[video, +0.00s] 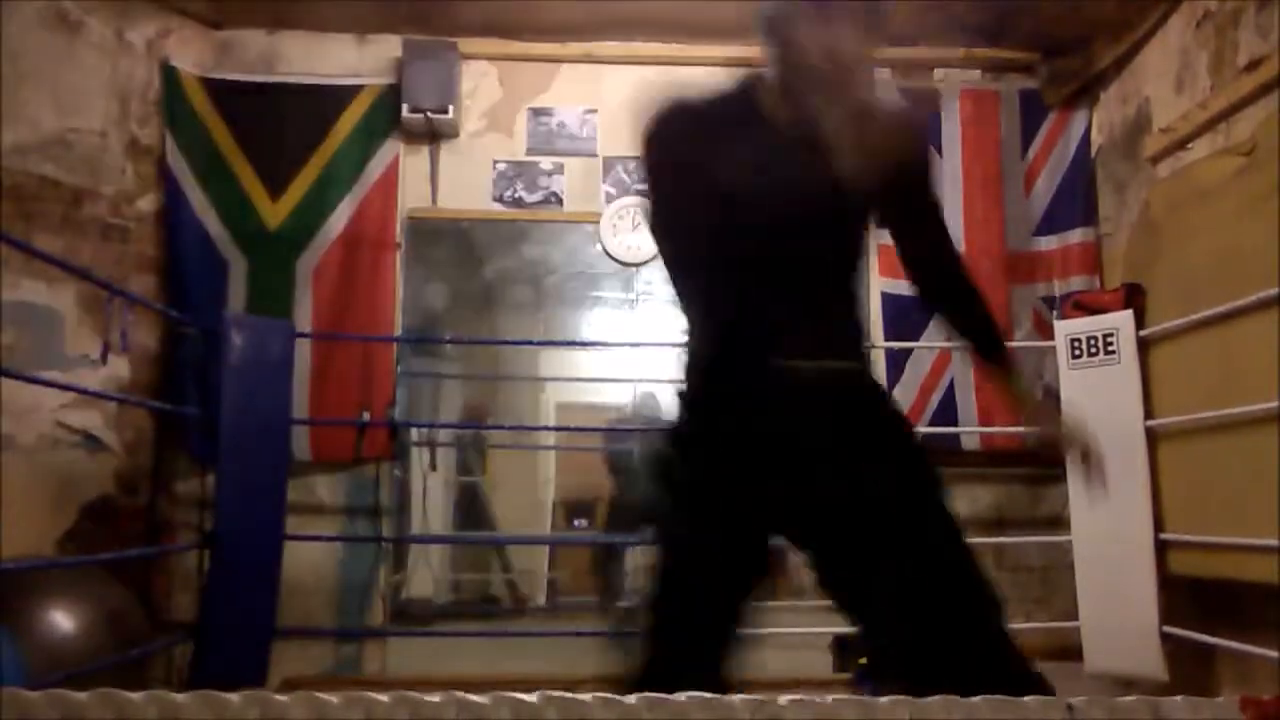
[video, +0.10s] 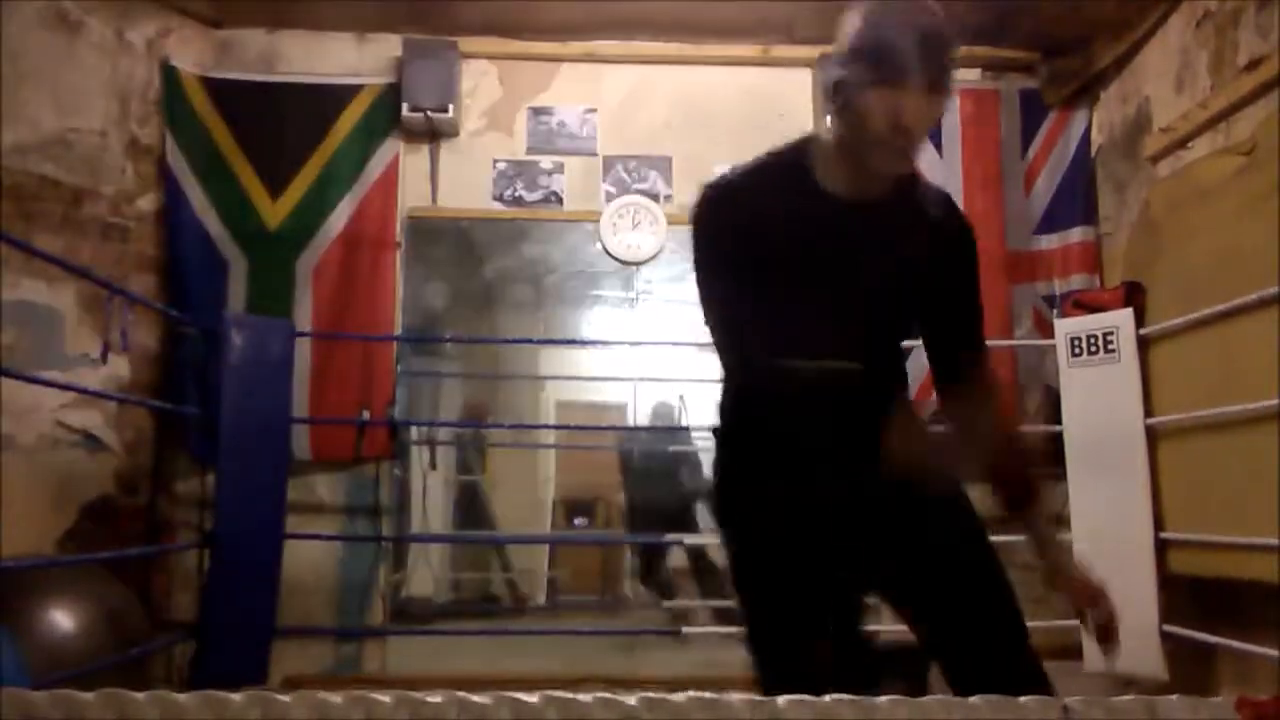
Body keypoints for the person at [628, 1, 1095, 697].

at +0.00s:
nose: (840, 44)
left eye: (855, 25)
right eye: (822, 20)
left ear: (871, 39)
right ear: (777, 30)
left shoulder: (877, 136)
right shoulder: (691, 135)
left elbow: (936, 268)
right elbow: (710, 298)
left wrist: (1024, 394)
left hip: (845, 423)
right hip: (730, 426)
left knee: (961, 648)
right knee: (679, 667)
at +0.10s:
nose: (909, 115)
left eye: (928, 90)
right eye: (888, 85)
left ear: (942, 101)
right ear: (841, 87)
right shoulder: (735, 209)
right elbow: (762, 385)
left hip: (899, 480)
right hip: (773, 483)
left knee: (1012, 690)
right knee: (813, 702)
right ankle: (905, 664)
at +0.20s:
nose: (907, 130)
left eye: (929, 109)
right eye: (887, 102)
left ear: (946, 124)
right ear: (845, 103)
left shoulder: (939, 243)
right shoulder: (743, 214)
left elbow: (964, 399)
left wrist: (1013, 469)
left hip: (893, 470)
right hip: (774, 472)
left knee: (1014, 680)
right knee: (801, 698)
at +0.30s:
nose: (874, 122)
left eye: (880, 104)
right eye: (859, 103)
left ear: (888, 112)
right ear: (808, 108)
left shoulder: (897, 202)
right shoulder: (718, 194)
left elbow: (989, 315)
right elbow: (633, 268)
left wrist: (920, 202)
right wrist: (581, 325)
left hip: (862, 454)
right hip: (753, 456)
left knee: (965, 644)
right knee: (689, 645)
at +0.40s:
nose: (767, 70)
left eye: (781, 56)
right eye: (752, 53)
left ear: (796, 69)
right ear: (724, 64)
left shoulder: (818, 150)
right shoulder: (663, 143)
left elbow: (894, 147)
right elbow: (551, 180)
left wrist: (833, 56)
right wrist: (469, 225)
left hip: (788, 408)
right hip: (686, 405)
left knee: (879, 606)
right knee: (568, 579)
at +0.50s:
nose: (681, 70)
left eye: (696, 54)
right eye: (669, 52)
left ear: (725, 65)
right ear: (645, 59)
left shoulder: (750, 148)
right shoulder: (596, 144)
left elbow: (796, 133)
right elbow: (470, 175)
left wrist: (759, 48)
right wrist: (354, 198)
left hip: (724, 395)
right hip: (623, 393)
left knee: (795, 569)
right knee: (522, 559)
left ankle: (865, 698)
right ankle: (463, 699)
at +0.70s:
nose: (560, 184)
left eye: (575, 168)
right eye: (548, 168)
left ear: (600, 181)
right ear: (530, 180)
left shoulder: (646, 272)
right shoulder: (494, 266)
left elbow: (659, 399)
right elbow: (424, 356)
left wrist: (615, 391)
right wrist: (360, 393)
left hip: (613, 480)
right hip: (518, 473)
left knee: (645, 649)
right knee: (430, 634)